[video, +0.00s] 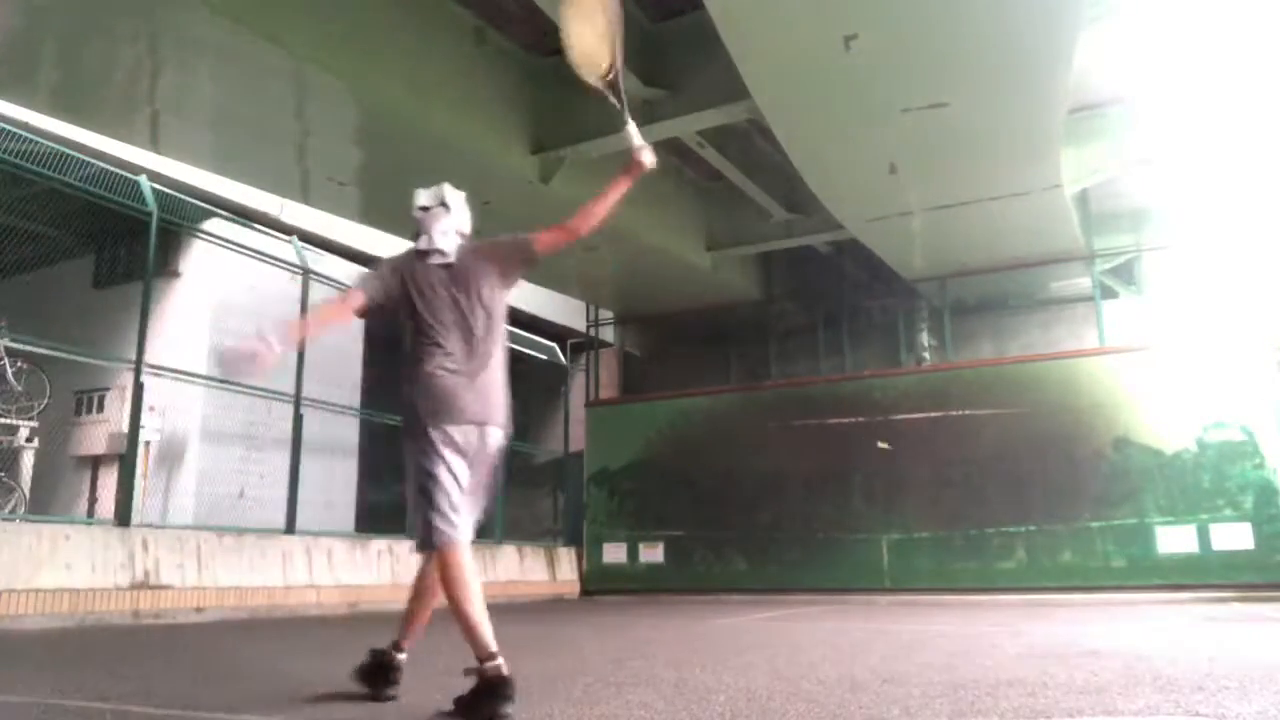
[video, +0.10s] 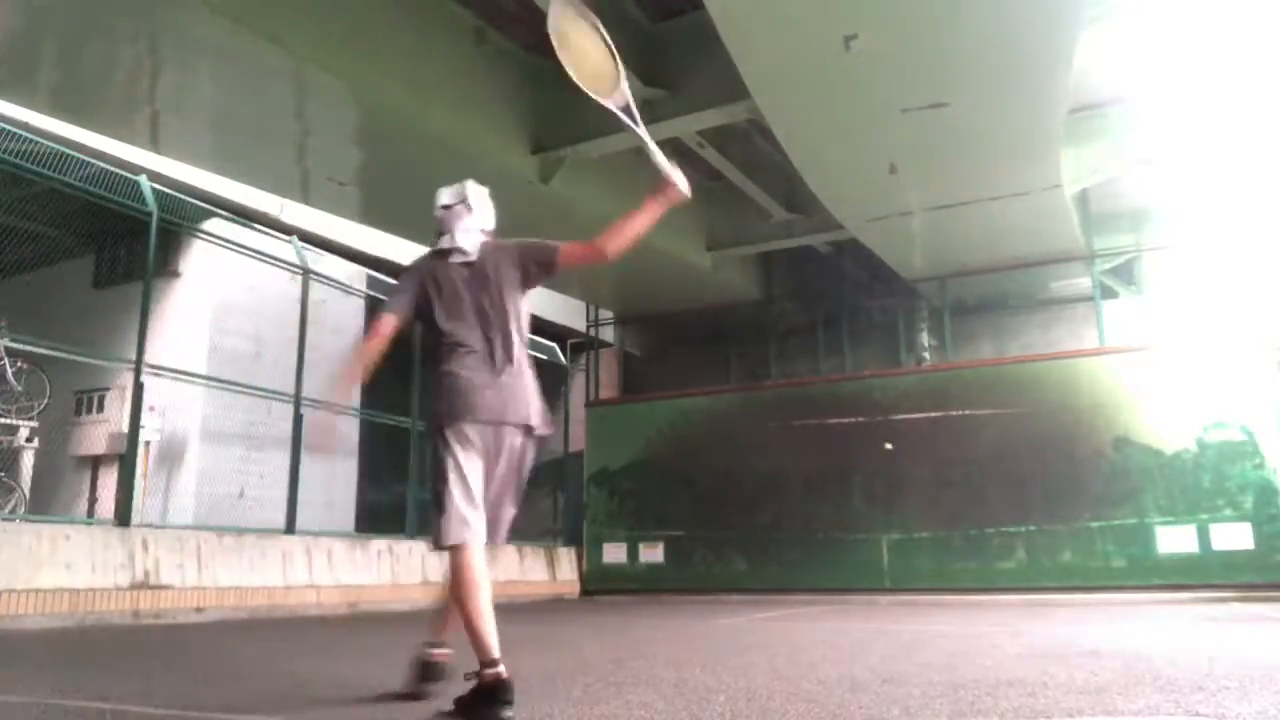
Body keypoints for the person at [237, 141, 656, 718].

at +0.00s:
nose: (424, 222)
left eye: (425, 215)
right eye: (435, 213)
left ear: (421, 223)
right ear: (465, 223)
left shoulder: (400, 271)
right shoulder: (494, 257)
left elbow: (340, 308)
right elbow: (576, 228)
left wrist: (278, 341)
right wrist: (630, 173)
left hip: (439, 416)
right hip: (492, 418)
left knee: (450, 540)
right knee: (444, 543)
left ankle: (493, 669)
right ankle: (394, 658)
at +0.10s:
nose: (462, 223)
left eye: (450, 214)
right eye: (479, 214)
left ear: (441, 220)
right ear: (488, 219)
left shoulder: (425, 270)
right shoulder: (515, 257)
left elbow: (381, 331)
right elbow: (603, 249)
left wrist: (345, 387)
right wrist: (662, 198)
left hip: (462, 413)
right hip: (520, 414)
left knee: (466, 542)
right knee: (480, 542)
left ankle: (492, 668)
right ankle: (435, 647)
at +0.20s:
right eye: (508, 202)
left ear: (467, 211)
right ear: (513, 208)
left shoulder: (447, 261)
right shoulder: (536, 249)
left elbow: (420, 339)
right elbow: (620, 272)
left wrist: (420, 415)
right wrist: (688, 244)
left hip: (477, 403)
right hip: (540, 402)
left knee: (478, 534)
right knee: (525, 527)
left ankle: (492, 668)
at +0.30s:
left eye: (511, 197)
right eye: (539, 199)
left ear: (496, 206)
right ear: (541, 204)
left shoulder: (473, 258)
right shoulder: (563, 251)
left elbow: (454, 347)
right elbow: (632, 303)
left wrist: (478, 387)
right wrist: (688, 302)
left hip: (494, 407)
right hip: (557, 404)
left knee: (487, 538)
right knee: (569, 524)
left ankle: (494, 673)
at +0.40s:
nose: (539, 219)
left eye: (533, 210)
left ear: (525, 218)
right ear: (573, 218)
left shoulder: (501, 270)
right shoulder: (597, 268)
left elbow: (487, 345)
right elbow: (651, 329)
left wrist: (509, 382)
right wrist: (669, 356)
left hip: (521, 425)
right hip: (586, 424)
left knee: (494, 549)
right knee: (615, 542)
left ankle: (494, 674)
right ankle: (671, 666)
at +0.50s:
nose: (570, 227)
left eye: (563, 218)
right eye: (582, 218)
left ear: (551, 225)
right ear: (598, 225)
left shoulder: (529, 274)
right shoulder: (625, 278)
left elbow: (509, 364)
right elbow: (668, 359)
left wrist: (542, 391)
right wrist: (630, 408)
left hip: (554, 427)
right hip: (614, 431)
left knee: (510, 549)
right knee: (636, 552)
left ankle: (503, 672)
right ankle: (671, 671)